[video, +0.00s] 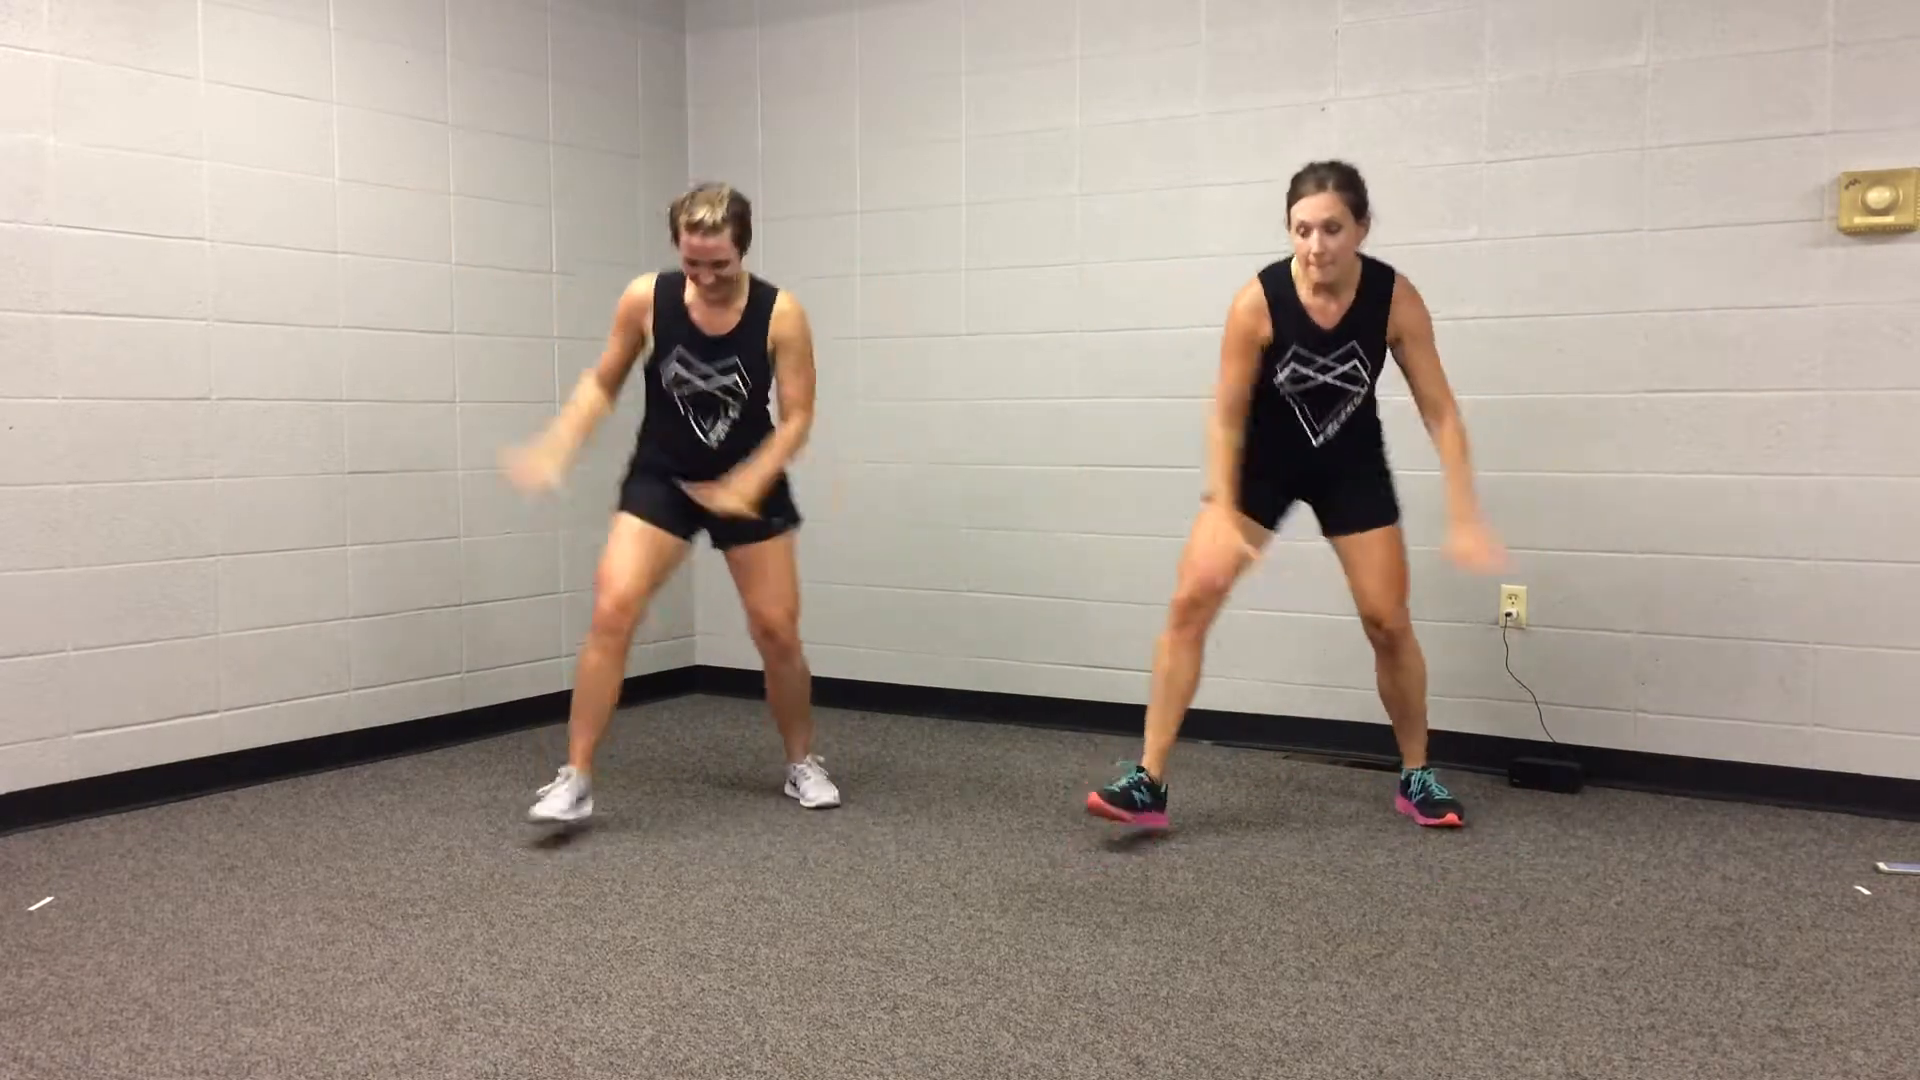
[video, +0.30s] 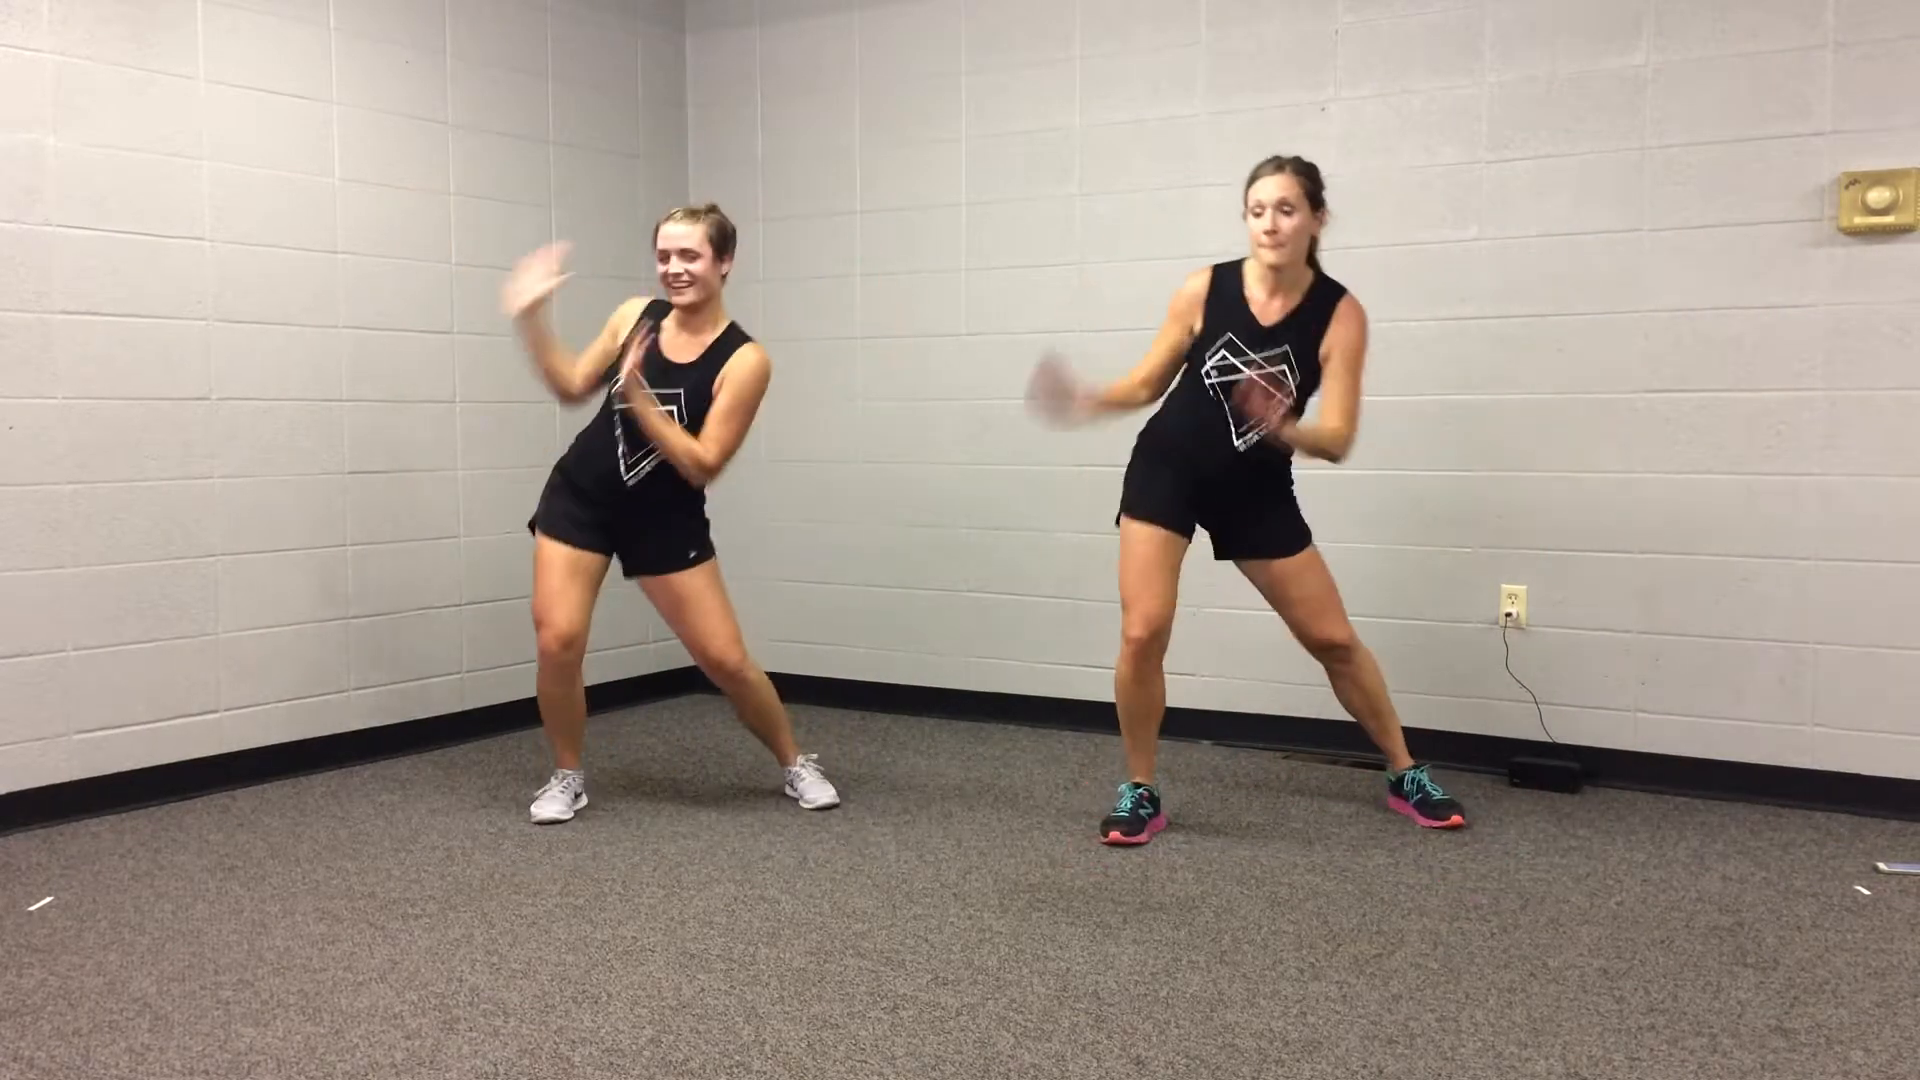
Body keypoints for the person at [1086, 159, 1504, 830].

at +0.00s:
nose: (1315, 246)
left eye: (1331, 229)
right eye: (1302, 231)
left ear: (1362, 230)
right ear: (1288, 232)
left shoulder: (1395, 301)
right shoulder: (1257, 307)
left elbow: (1441, 412)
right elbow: (1226, 418)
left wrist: (1465, 515)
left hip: (1351, 461)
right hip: (1264, 461)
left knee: (1387, 621)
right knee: (1189, 602)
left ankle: (1416, 773)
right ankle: (1148, 776)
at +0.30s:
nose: (1269, 221)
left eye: (1285, 209)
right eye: (1258, 210)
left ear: (1315, 221)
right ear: (1244, 221)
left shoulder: (1338, 314)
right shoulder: (1205, 291)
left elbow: (1336, 439)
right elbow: (1144, 384)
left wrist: (1284, 426)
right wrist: (1087, 399)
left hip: (1255, 482)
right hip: (1170, 466)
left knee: (1334, 640)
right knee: (1142, 632)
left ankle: (1406, 773)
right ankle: (1138, 789)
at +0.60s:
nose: (1248, 167)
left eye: (1265, 158)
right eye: (1237, 157)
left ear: (1288, 178)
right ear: (1219, 173)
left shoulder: (1305, 264)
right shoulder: (1190, 264)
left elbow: (1370, 352)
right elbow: (1151, 372)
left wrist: (1456, 350)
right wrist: (1255, 370)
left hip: (1293, 468)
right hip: (1205, 470)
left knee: (1379, 607)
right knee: (1178, 638)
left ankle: (1440, 800)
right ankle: (1143, 789)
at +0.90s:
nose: (1290, 178)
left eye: (1305, 168)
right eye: (1275, 168)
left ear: (1326, 191)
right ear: (1251, 192)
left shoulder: (1362, 280)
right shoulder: (1231, 288)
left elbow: (1425, 377)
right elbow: (1232, 406)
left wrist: (1524, 403)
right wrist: (1335, 391)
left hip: (1394, 478)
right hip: (1292, 487)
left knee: (1443, 645)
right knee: (1207, 657)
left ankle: (1453, 834)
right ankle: (1160, 787)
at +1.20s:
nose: (1298, 156)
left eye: (1314, 143)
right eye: (1283, 148)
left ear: (1343, 163)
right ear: (1266, 173)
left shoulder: (1385, 250)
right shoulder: (1245, 263)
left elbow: (1471, 344)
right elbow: (1177, 369)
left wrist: (1392, 300)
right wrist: (1127, 344)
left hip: (1309, 469)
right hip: (1210, 450)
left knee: (1370, 646)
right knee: (1121, 602)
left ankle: (1448, 831)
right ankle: (1096, 785)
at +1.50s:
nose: (1265, 225)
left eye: (1280, 211)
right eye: (1251, 211)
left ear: (1303, 211)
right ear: (1230, 211)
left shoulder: (1325, 301)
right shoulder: (1190, 289)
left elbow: (1326, 413)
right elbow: (1129, 398)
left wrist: (1310, 516)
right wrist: (1089, 496)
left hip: (1267, 495)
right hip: (1171, 482)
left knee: (1352, 644)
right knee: (1116, 635)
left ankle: (1436, 826)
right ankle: (1106, 806)